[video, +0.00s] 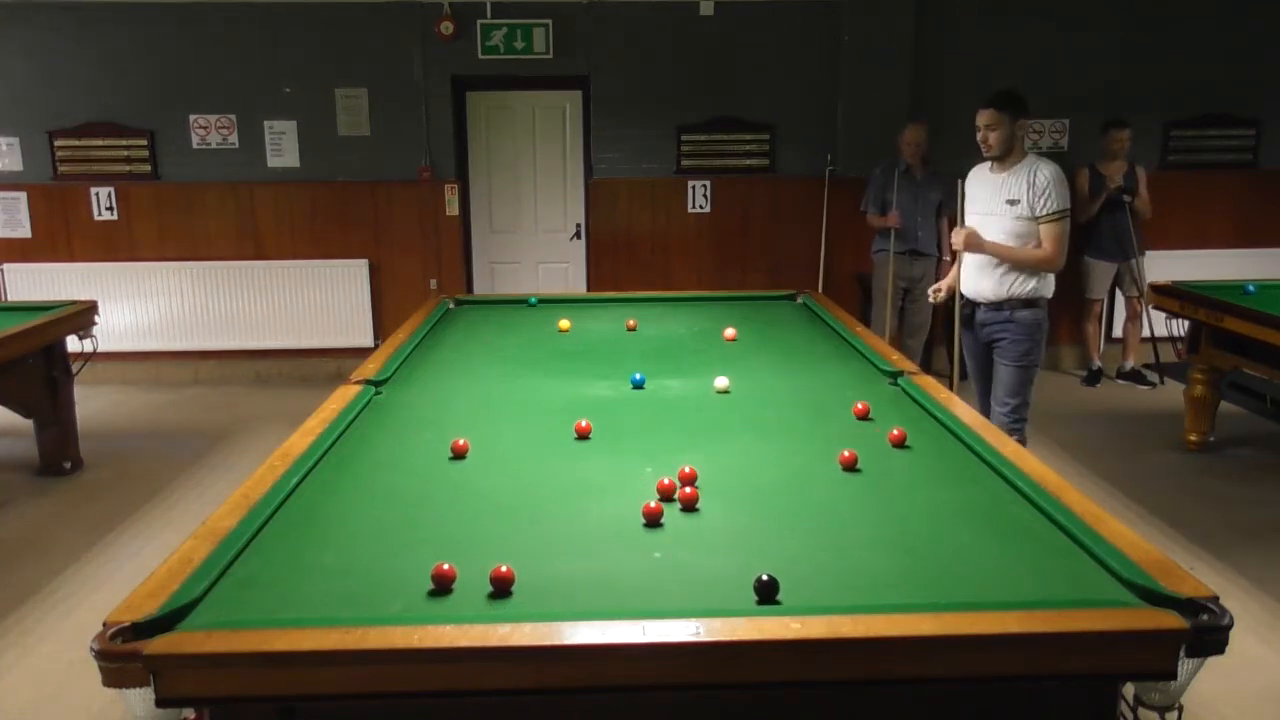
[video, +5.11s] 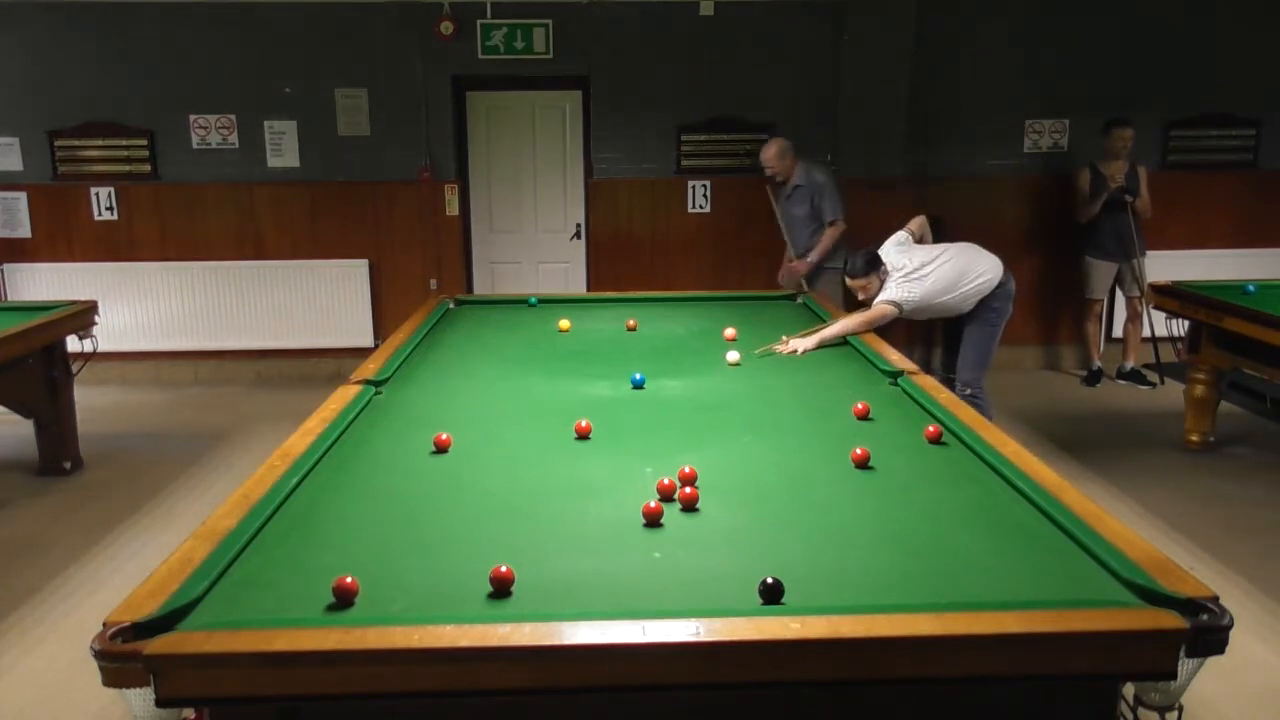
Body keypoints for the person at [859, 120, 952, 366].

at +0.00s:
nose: (914, 149)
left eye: (919, 144)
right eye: (909, 144)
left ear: (926, 146)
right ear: (900, 144)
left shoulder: (935, 178)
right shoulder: (885, 174)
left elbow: (943, 220)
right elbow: (871, 218)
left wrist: (946, 257)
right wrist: (885, 222)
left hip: (926, 259)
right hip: (890, 257)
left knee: (917, 330)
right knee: (884, 325)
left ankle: (908, 384)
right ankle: (878, 381)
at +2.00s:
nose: (934, 152)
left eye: (936, 147)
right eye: (930, 146)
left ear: (937, 149)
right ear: (915, 143)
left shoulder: (935, 177)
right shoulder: (891, 172)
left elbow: (942, 216)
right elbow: (875, 217)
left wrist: (928, 224)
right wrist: (906, 222)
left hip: (924, 259)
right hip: (892, 257)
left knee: (917, 331)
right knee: (885, 326)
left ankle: (908, 386)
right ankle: (877, 382)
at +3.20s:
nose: (917, 152)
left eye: (922, 147)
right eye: (913, 146)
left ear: (928, 149)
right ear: (904, 147)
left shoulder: (935, 179)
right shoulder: (888, 175)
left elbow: (944, 218)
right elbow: (865, 213)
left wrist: (932, 248)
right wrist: (877, 248)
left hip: (923, 261)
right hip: (889, 260)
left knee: (915, 330)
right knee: (883, 326)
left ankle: (912, 385)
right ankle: (879, 381)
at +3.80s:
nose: (880, 152)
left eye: (885, 147)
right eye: (876, 147)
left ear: (893, 148)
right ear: (868, 148)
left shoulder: (903, 176)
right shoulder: (856, 175)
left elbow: (915, 218)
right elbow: (838, 216)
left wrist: (908, 248)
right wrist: (846, 258)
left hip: (897, 259)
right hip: (864, 259)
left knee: (897, 322)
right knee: (865, 323)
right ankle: (862, 373)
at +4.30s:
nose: (844, 168)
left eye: (850, 163)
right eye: (839, 163)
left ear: (862, 157)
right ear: (834, 160)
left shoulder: (884, 178)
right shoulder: (835, 181)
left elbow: (904, 214)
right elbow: (826, 223)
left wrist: (881, 239)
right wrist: (819, 261)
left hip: (878, 257)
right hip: (847, 259)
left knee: (877, 317)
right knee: (850, 315)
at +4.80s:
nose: (806, 172)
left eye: (811, 166)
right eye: (803, 167)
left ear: (826, 159)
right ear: (800, 163)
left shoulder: (854, 179)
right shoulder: (811, 181)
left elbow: (873, 224)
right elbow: (813, 223)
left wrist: (839, 249)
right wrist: (807, 256)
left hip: (850, 268)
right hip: (821, 266)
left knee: (849, 328)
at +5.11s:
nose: (768, 173)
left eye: (772, 167)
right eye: (765, 168)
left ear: (788, 160)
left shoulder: (818, 179)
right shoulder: (782, 186)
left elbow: (837, 226)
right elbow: (794, 232)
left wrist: (809, 262)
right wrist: (787, 264)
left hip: (826, 268)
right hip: (799, 267)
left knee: (829, 329)